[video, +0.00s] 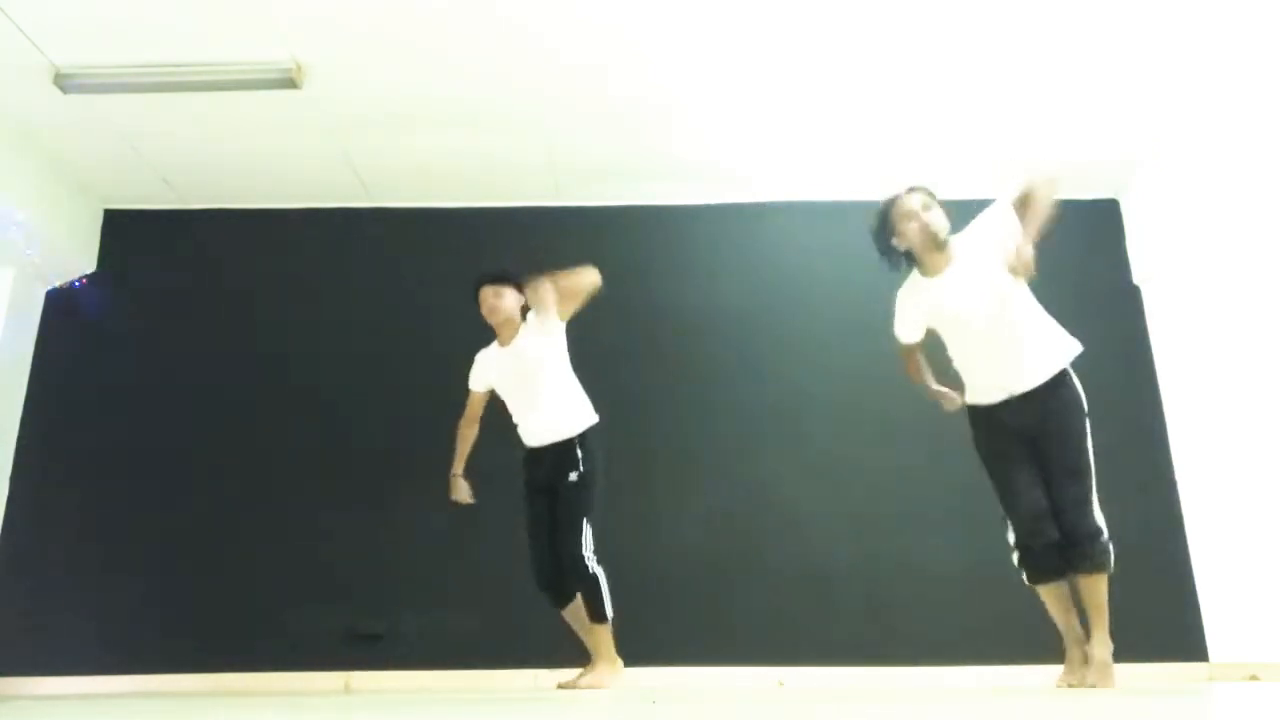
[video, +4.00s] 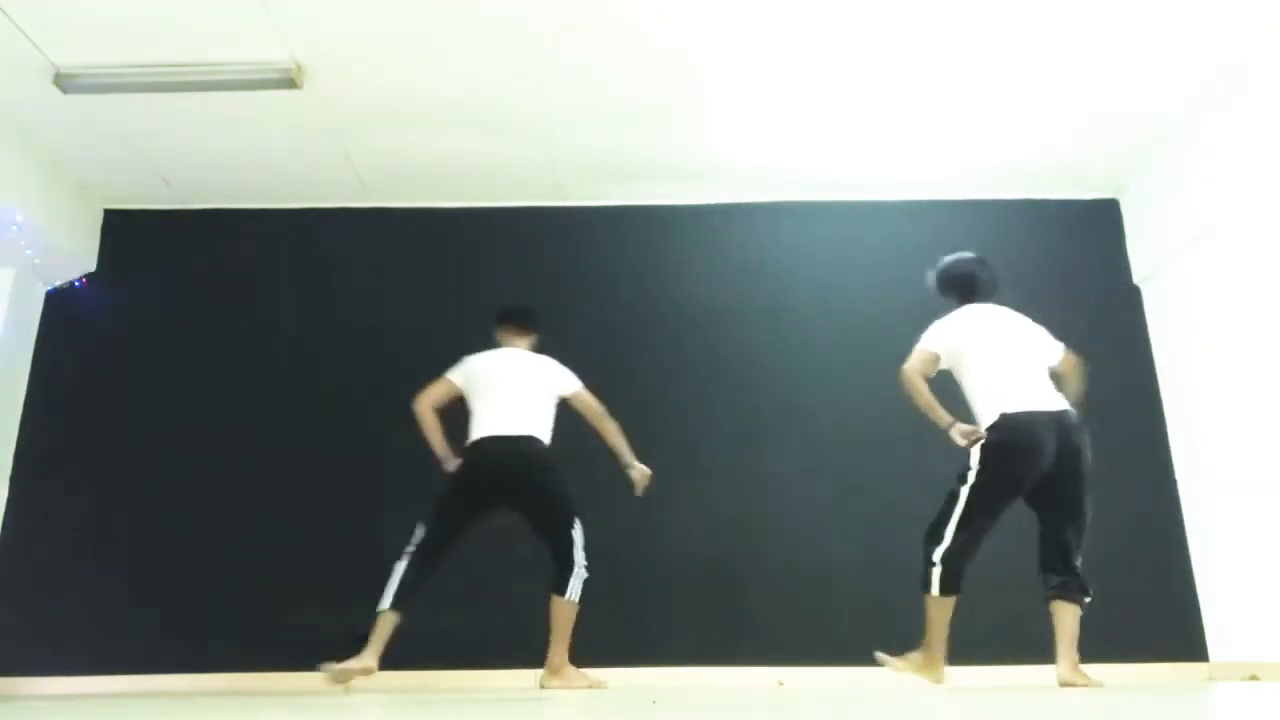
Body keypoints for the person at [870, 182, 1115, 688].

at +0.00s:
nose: (925, 215)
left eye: (927, 205)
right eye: (910, 215)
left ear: (944, 211)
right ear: (899, 242)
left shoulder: (988, 230)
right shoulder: (912, 298)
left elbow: (1045, 186)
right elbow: (910, 353)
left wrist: (1027, 239)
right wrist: (935, 388)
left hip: (1053, 389)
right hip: (993, 412)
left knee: (1078, 521)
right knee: (1032, 530)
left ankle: (1101, 645)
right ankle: (1074, 646)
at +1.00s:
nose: (826, 204)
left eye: (837, 197)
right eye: (832, 197)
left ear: (862, 207)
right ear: (857, 209)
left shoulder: (862, 243)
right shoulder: (831, 265)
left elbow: (876, 255)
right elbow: (806, 350)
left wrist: (878, 249)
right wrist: (758, 349)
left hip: (820, 386)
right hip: (792, 389)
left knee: (762, 498)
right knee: (747, 516)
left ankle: (851, 590)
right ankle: (783, 664)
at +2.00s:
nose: (1026, 197)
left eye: (1027, 188)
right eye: (1011, 188)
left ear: (1027, 204)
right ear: (976, 203)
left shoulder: (1014, 281)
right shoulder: (960, 252)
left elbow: (1048, 329)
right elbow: (931, 308)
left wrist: (1066, 343)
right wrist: (979, 363)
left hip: (974, 412)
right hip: (939, 404)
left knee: (996, 534)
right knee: (1015, 526)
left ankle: (910, 612)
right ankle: (1033, 668)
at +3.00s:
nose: (1168, 277)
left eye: (1174, 270)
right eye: (1158, 265)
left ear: (1177, 277)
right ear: (1121, 270)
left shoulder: (1139, 335)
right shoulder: (1096, 323)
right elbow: (1126, 410)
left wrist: (1113, 426)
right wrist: (1203, 401)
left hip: (1063, 453)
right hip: (1028, 438)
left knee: (1120, 538)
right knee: (1073, 530)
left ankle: (1179, 660)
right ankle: (1045, 663)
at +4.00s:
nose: (939, 300)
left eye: (940, 294)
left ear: (947, 294)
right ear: (987, 288)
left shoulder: (948, 326)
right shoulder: (1018, 320)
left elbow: (911, 373)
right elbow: (1071, 365)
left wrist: (948, 424)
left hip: (1011, 433)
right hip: (1066, 432)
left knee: (947, 544)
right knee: (1065, 551)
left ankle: (931, 658)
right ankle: (1069, 666)